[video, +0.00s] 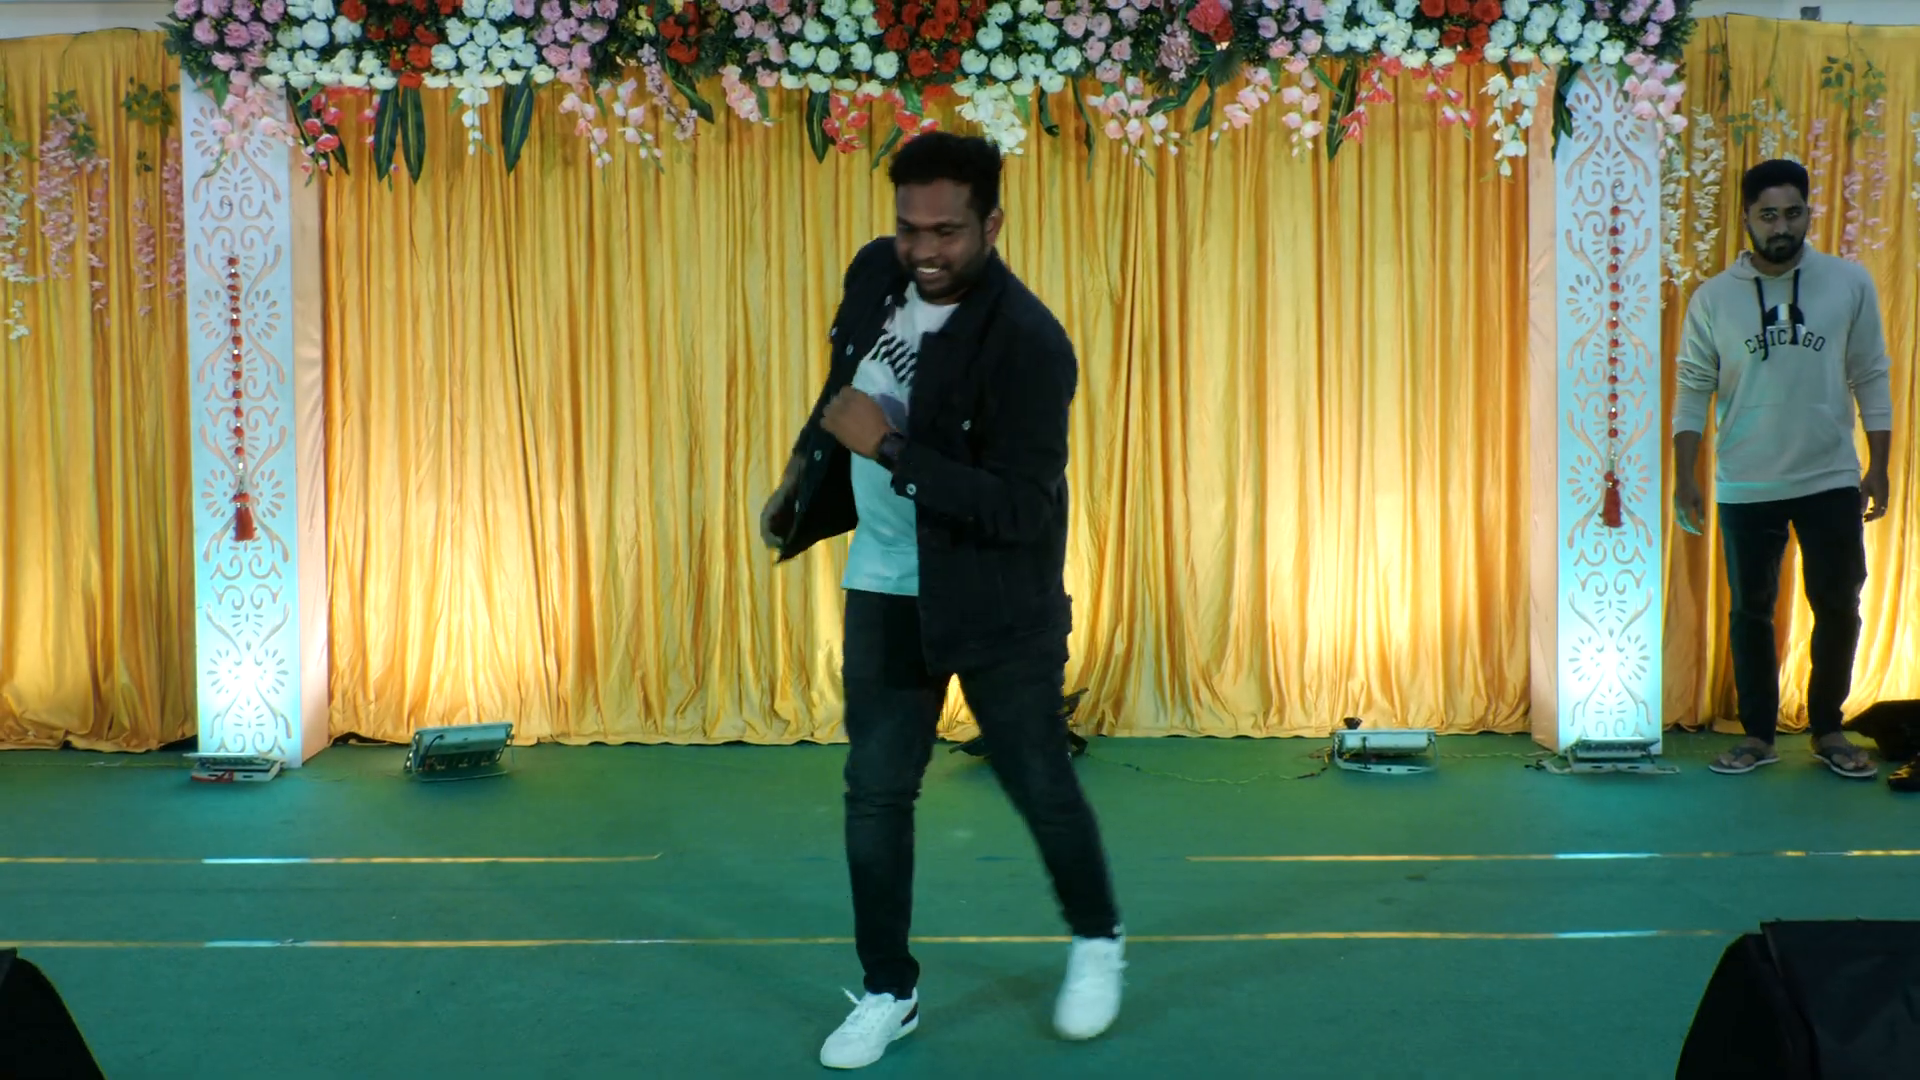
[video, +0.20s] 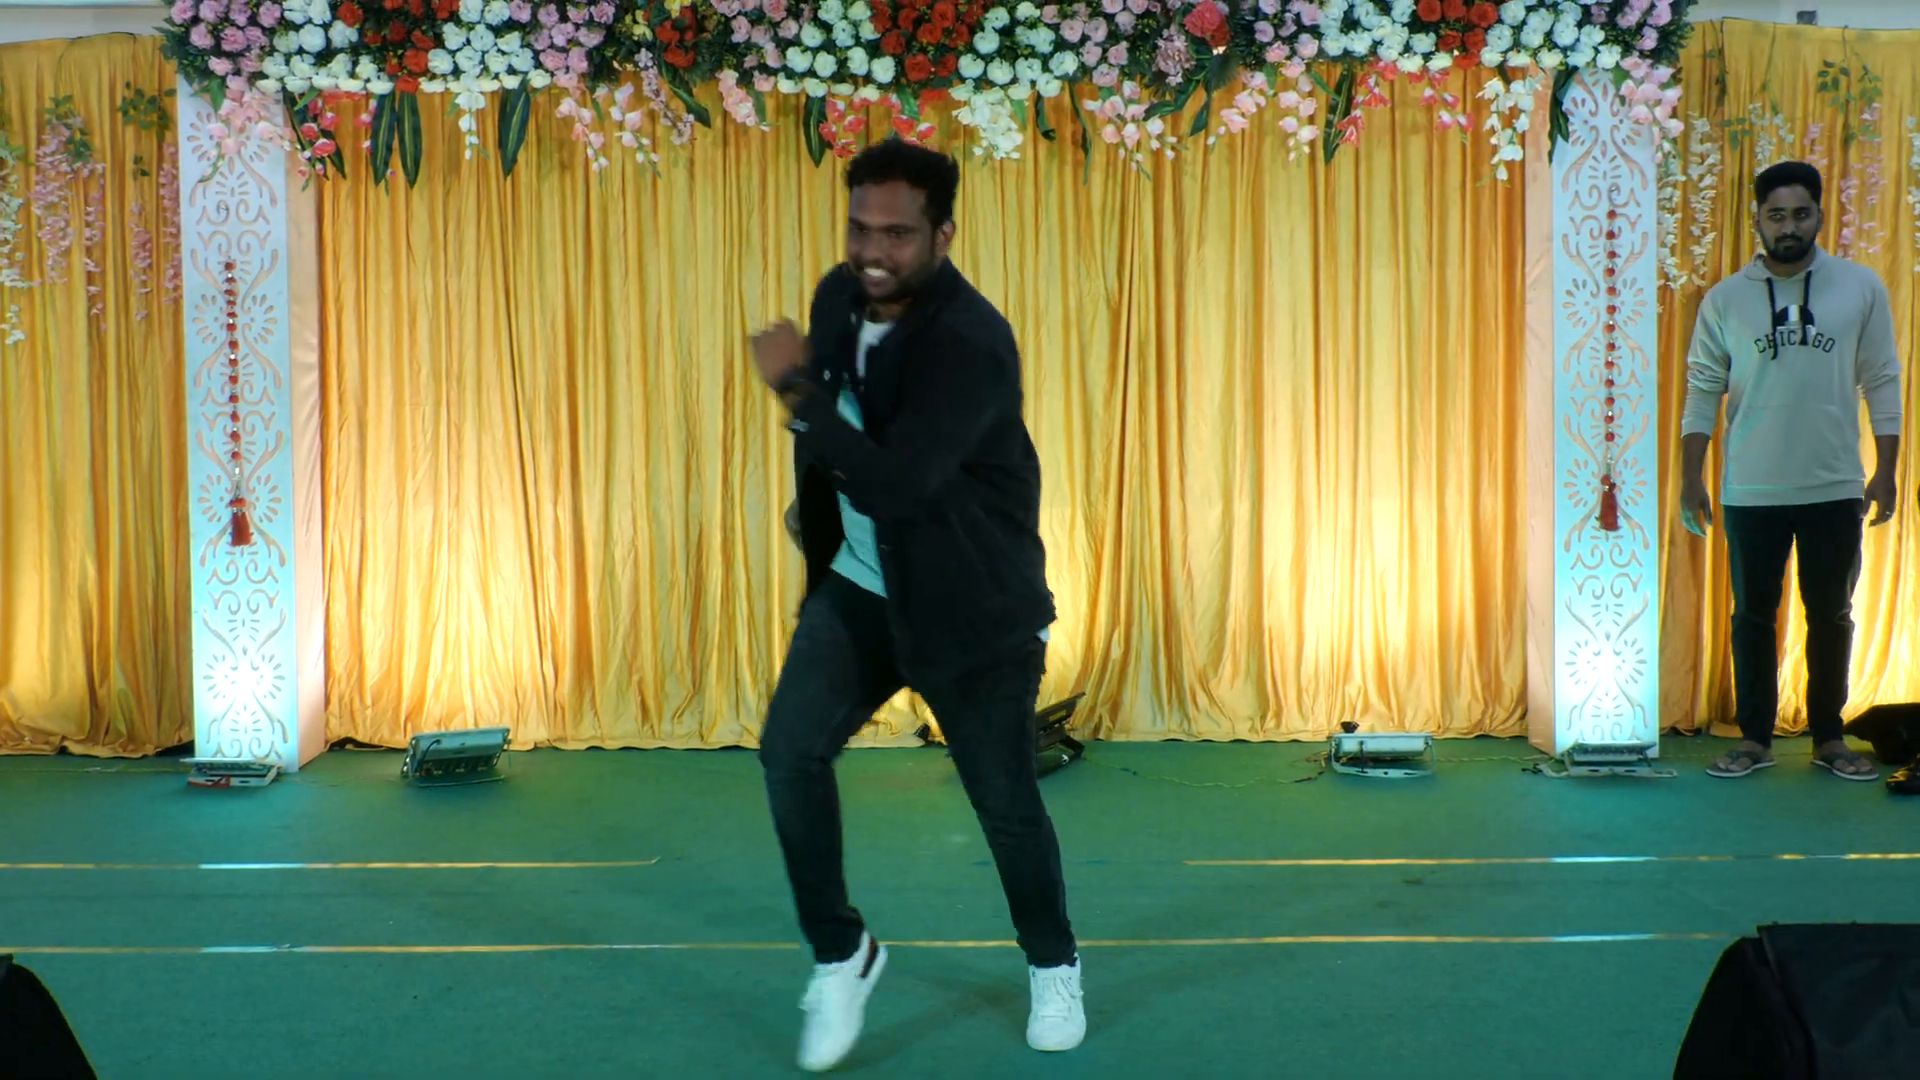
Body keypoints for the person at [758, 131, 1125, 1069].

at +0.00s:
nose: (924, 251)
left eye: (945, 233)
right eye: (910, 230)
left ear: (991, 224)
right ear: (894, 219)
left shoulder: (1028, 343)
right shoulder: (874, 276)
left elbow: (1025, 512)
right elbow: (850, 393)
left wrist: (891, 447)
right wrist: (807, 481)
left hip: (995, 600)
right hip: (887, 591)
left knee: (1037, 777)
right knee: (875, 790)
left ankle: (1096, 938)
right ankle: (887, 990)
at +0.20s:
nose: (871, 249)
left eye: (894, 232)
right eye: (859, 228)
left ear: (940, 235)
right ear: (845, 226)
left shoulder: (974, 341)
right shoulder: (840, 300)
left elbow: (901, 482)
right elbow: (838, 433)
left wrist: (803, 398)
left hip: (970, 607)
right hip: (861, 588)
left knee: (1004, 797)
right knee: (790, 751)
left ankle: (1052, 965)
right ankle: (840, 954)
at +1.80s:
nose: (1099, 303)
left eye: (1113, 281)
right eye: (1076, 284)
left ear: (1129, 276)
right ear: (1032, 280)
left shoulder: (1148, 356)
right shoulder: (982, 390)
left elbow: (1195, 472)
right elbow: (957, 568)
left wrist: (1247, 503)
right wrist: (982, 718)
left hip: (1123, 659)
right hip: (1013, 667)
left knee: (1144, 855)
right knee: (965, 865)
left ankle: (1104, 1039)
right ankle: (937, 734)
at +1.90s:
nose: (1082, 306)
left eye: (1098, 283)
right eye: (1059, 286)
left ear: (1119, 282)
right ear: (1020, 287)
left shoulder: (1166, 380)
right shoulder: (957, 390)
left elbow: (1234, 522)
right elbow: (879, 524)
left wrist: (1162, 501)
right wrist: (867, 683)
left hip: (1114, 659)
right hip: (984, 655)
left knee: (1131, 856)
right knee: (955, 836)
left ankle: (1103, 1035)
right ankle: (1002, 750)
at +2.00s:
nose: (1062, 296)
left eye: (1079, 273)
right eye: (1039, 276)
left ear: (1101, 274)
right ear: (1004, 280)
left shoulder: (1150, 371)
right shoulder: (943, 373)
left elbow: (1192, 499)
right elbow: (839, 472)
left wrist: (1078, 427)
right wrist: (792, 614)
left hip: (1098, 650)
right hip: (969, 636)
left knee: (1120, 846)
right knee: (923, 796)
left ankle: (1099, 1028)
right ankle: (969, 880)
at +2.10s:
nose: (1033, 265)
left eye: (1053, 243)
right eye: (1011, 244)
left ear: (1077, 245)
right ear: (977, 247)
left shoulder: (1116, 337)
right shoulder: (919, 336)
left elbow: (1115, 460)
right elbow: (828, 427)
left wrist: (993, 376)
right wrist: (769, 547)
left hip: (1073, 623)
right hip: (948, 609)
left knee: (1091, 821)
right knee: (897, 783)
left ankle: (1100, 1019)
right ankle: (931, 974)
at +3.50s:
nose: (1042, 436)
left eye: (1051, 420)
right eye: (1029, 422)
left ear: (1055, 383)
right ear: (973, 395)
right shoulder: (912, 445)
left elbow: (929, 301)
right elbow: (936, 576)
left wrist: (994, 306)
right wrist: (975, 444)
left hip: (944, 667)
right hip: (835, 648)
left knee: (951, 846)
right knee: (778, 831)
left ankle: (922, 1033)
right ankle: (707, 709)